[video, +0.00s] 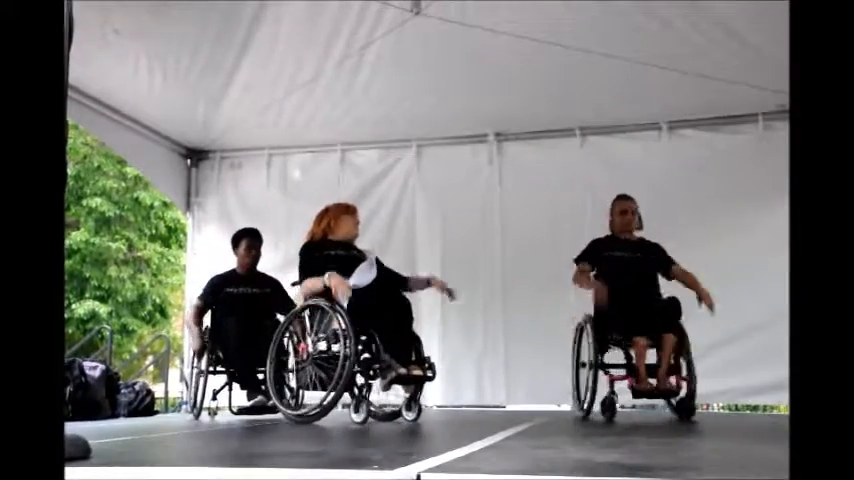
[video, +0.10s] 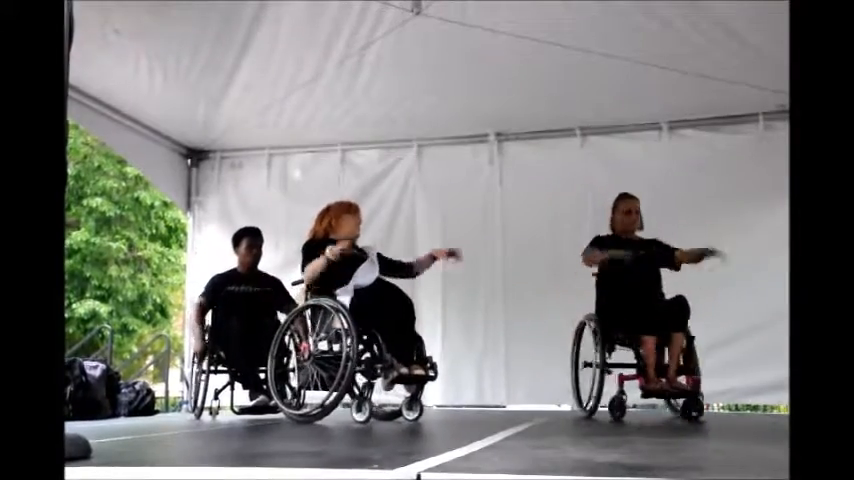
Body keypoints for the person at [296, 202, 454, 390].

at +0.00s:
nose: (358, 222)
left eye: (357, 218)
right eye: (352, 218)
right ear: (334, 222)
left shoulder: (360, 255)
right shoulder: (313, 250)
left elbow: (396, 281)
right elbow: (306, 286)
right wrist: (329, 278)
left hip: (369, 303)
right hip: (332, 311)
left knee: (400, 304)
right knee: (381, 308)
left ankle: (406, 362)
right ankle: (388, 364)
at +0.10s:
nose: (356, 231)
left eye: (358, 226)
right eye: (351, 226)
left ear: (358, 226)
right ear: (332, 227)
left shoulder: (364, 255)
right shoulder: (315, 248)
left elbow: (408, 270)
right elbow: (308, 276)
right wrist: (326, 258)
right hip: (332, 311)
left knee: (401, 304)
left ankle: (409, 361)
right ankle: (394, 363)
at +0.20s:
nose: (361, 220)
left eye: (361, 216)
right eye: (356, 216)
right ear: (339, 220)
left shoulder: (367, 252)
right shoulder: (319, 244)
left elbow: (411, 256)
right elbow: (310, 261)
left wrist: (431, 230)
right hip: (336, 305)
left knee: (403, 306)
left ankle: (414, 362)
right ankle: (402, 363)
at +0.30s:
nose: (363, 221)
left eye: (363, 216)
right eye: (357, 216)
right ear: (340, 220)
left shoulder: (367, 251)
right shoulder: (322, 250)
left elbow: (412, 245)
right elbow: (314, 248)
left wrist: (425, 207)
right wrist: (326, 209)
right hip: (339, 310)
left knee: (407, 305)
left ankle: (417, 361)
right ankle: (406, 363)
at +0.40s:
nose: (363, 221)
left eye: (363, 217)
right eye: (357, 216)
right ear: (337, 221)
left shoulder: (370, 251)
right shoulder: (325, 248)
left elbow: (414, 246)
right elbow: (310, 256)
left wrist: (425, 207)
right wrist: (314, 212)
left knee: (409, 306)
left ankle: (419, 361)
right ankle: (412, 362)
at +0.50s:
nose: (364, 222)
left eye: (364, 218)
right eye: (358, 217)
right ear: (337, 221)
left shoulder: (371, 252)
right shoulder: (320, 249)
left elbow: (415, 258)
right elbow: (308, 277)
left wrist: (439, 228)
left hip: (375, 308)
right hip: (341, 311)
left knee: (412, 305)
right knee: (396, 312)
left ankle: (421, 362)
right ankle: (413, 363)